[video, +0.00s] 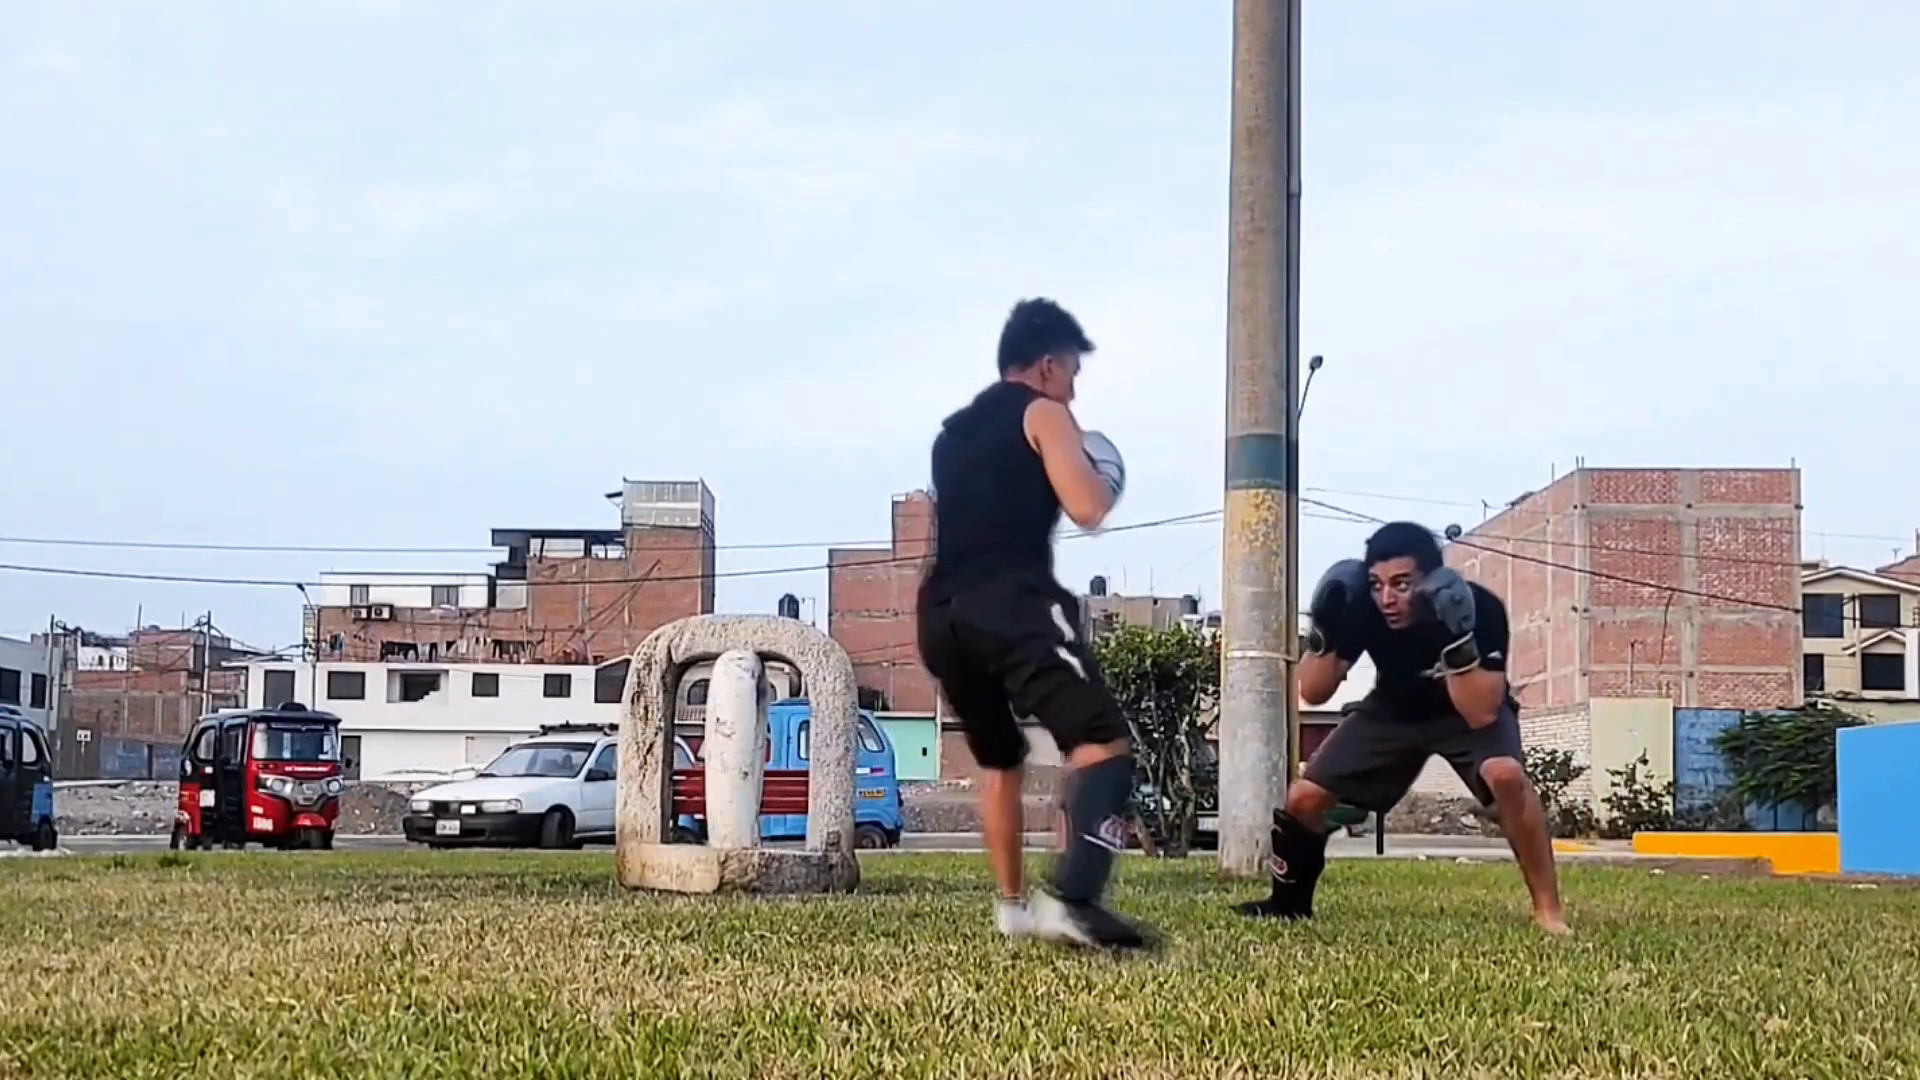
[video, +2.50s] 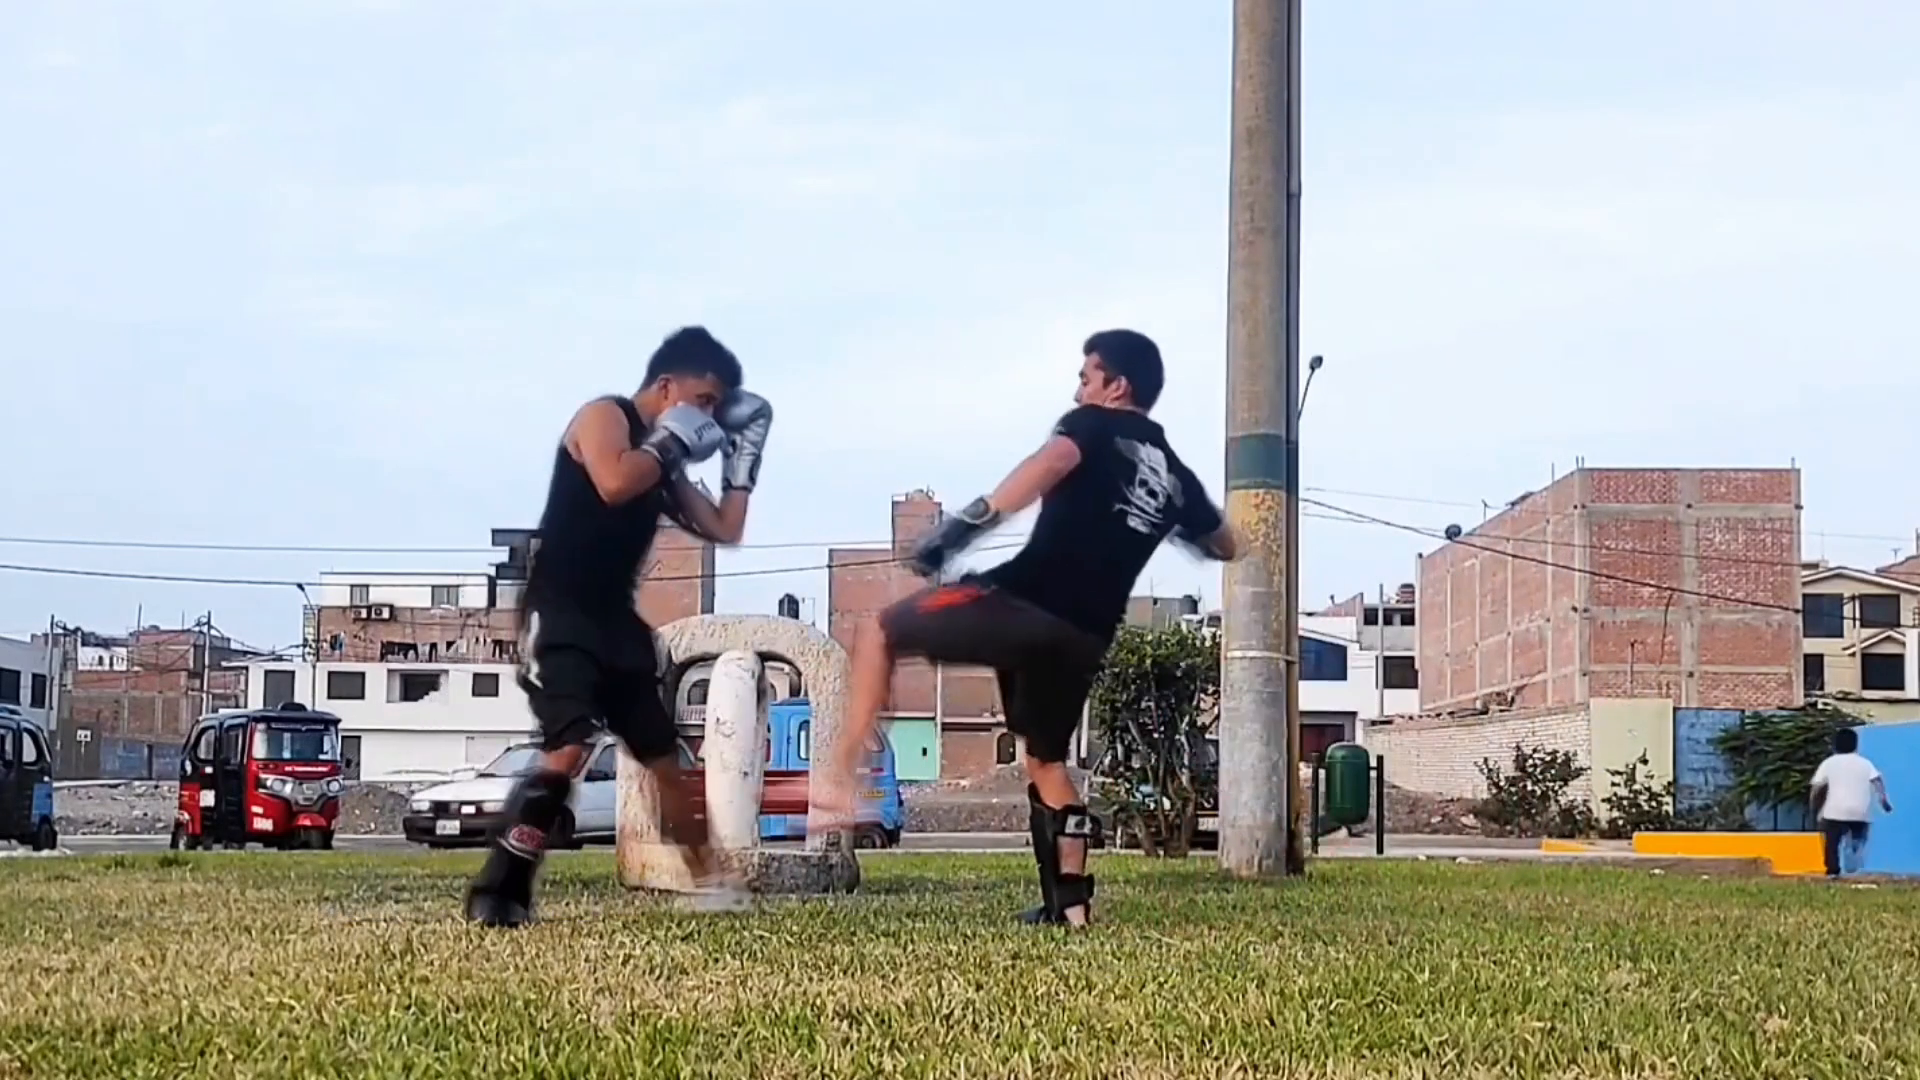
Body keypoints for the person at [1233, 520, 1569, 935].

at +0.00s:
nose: (1387, 597)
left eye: (1401, 583)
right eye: (1378, 584)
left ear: (1433, 578)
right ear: (1369, 581)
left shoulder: (1480, 611)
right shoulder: (1361, 608)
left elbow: (1482, 712)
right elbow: (1312, 692)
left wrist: (1458, 640)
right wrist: (1322, 626)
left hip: (1467, 706)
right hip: (1392, 709)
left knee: (1507, 776)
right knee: (1304, 799)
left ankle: (1549, 912)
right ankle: (1290, 905)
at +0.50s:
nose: (1233, 463)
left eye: (1245, 451)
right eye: (1230, 452)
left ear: (1284, 458)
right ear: (1229, 457)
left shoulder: (1324, 513)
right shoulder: (1222, 512)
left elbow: (1386, 550)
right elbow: (1150, 542)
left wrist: (1415, 570)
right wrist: (1131, 496)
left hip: (1338, 683)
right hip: (1272, 679)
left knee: (1389, 784)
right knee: (1214, 791)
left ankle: (1485, 884)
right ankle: (1257, 901)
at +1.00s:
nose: (1158, 452)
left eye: (1174, 445)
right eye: (1159, 440)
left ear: (1209, 465)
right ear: (1155, 443)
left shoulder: (1211, 546)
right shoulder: (1121, 484)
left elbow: (1228, 625)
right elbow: (1065, 536)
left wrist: (1228, 565)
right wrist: (1003, 570)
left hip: (1088, 677)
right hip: (1016, 636)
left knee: (1135, 779)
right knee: (898, 696)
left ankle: (1058, 907)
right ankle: (803, 749)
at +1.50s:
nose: (1069, 376)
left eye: (1081, 365)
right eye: (1071, 366)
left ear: (1119, 377)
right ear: (1108, 378)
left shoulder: (1155, 447)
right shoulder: (1071, 463)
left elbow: (1116, 507)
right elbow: (1027, 538)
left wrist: (1087, 429)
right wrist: (1010, 468)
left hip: (1111, 642)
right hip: (1045, 639)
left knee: (1124, 781)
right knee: (979, 763)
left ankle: (1177, 907)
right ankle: (910, 892)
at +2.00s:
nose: (1120, 415)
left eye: (1128, 402)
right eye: (1122, 402)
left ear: (1166, 407)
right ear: (1170, 409)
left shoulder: (1191, 464)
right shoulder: (1181, 471)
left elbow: (1121, 513)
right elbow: (1235, 569)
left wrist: (1077, 462)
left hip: (1204, 680)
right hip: (1156, 676)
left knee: (1257, 802)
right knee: (1058, 753)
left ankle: (1379, 909)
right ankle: (1075, 899)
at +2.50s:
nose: (1079, 389)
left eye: (1087, 378)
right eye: (1082, 377)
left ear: (1119, 386)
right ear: (1140, 391)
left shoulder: (1094, 423)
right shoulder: (1178, 476)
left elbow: (1054, 462)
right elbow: (1227, 546)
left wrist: (964, 524)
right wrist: (1184, 523)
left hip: (1023, 606)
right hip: (1084, 639)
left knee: (880, 631)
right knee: (1047, 759)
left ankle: (839, 779)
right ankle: (1071, 905)